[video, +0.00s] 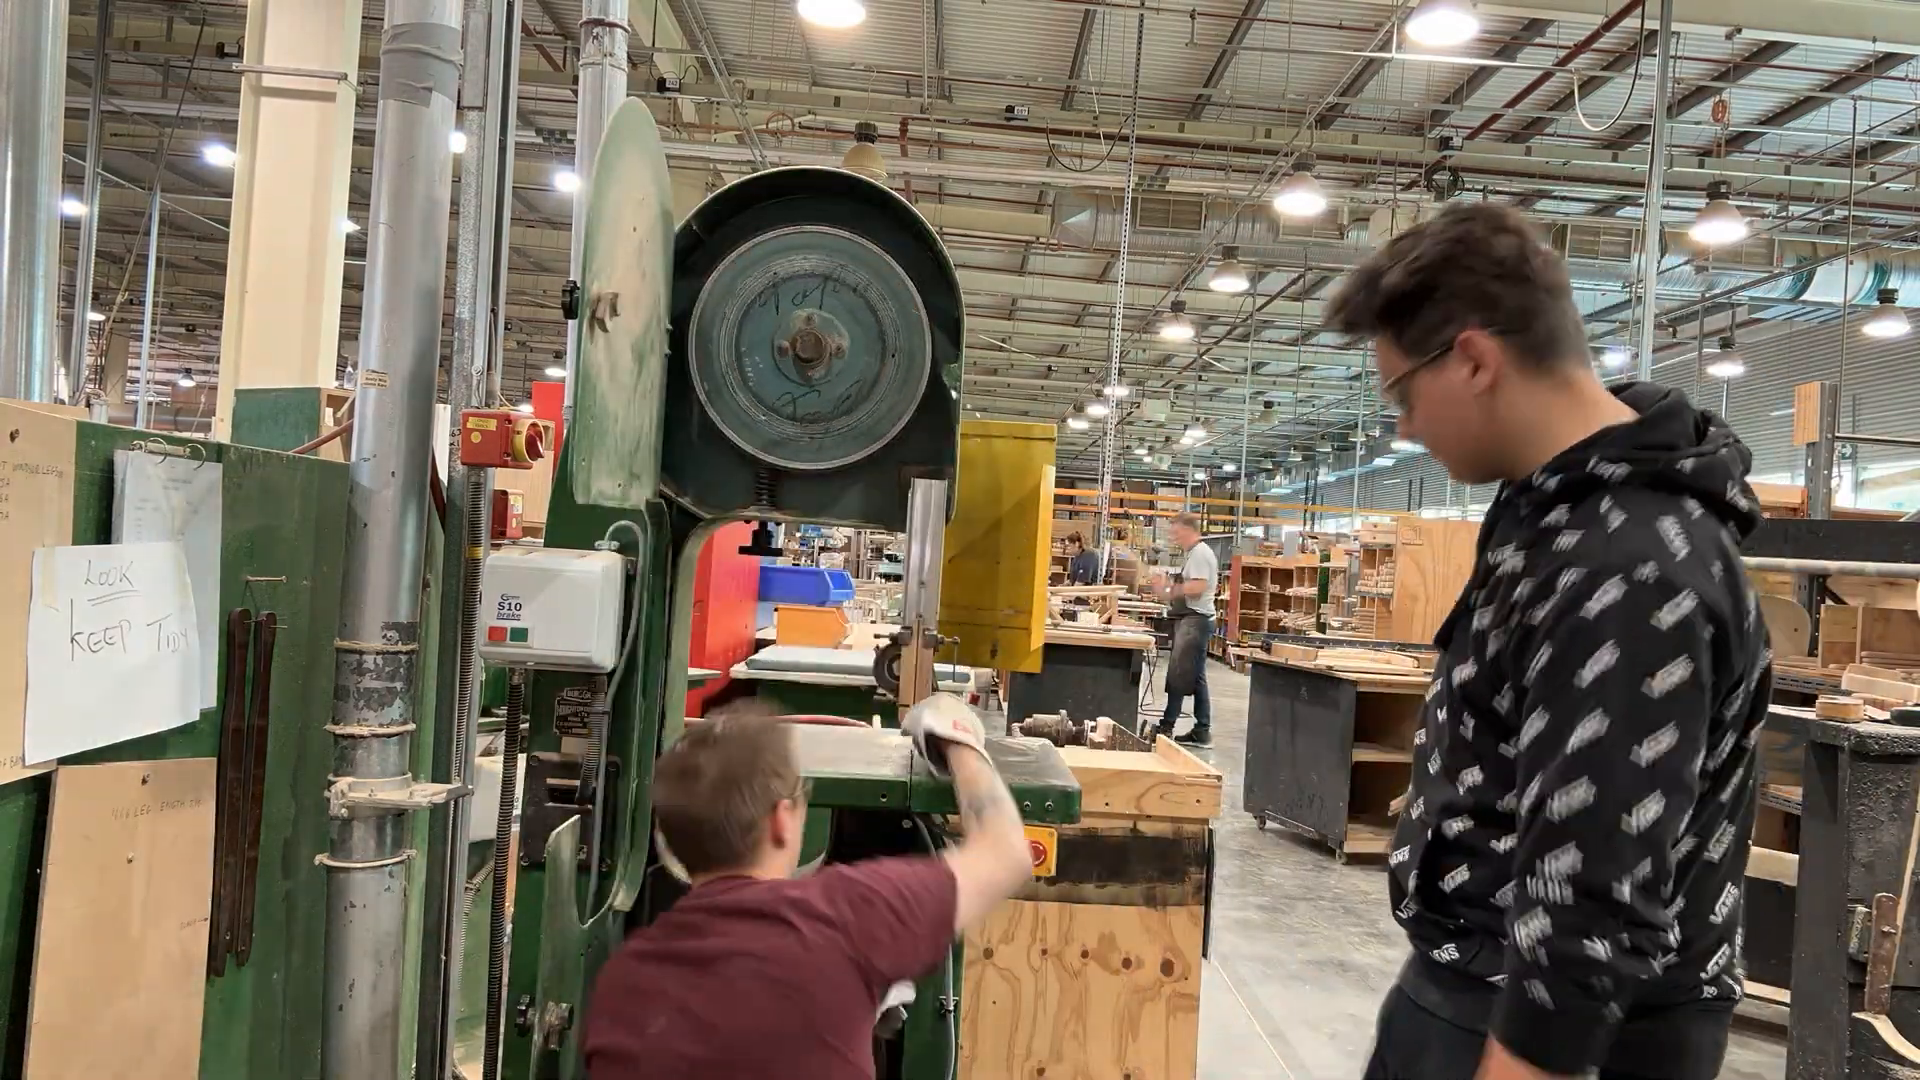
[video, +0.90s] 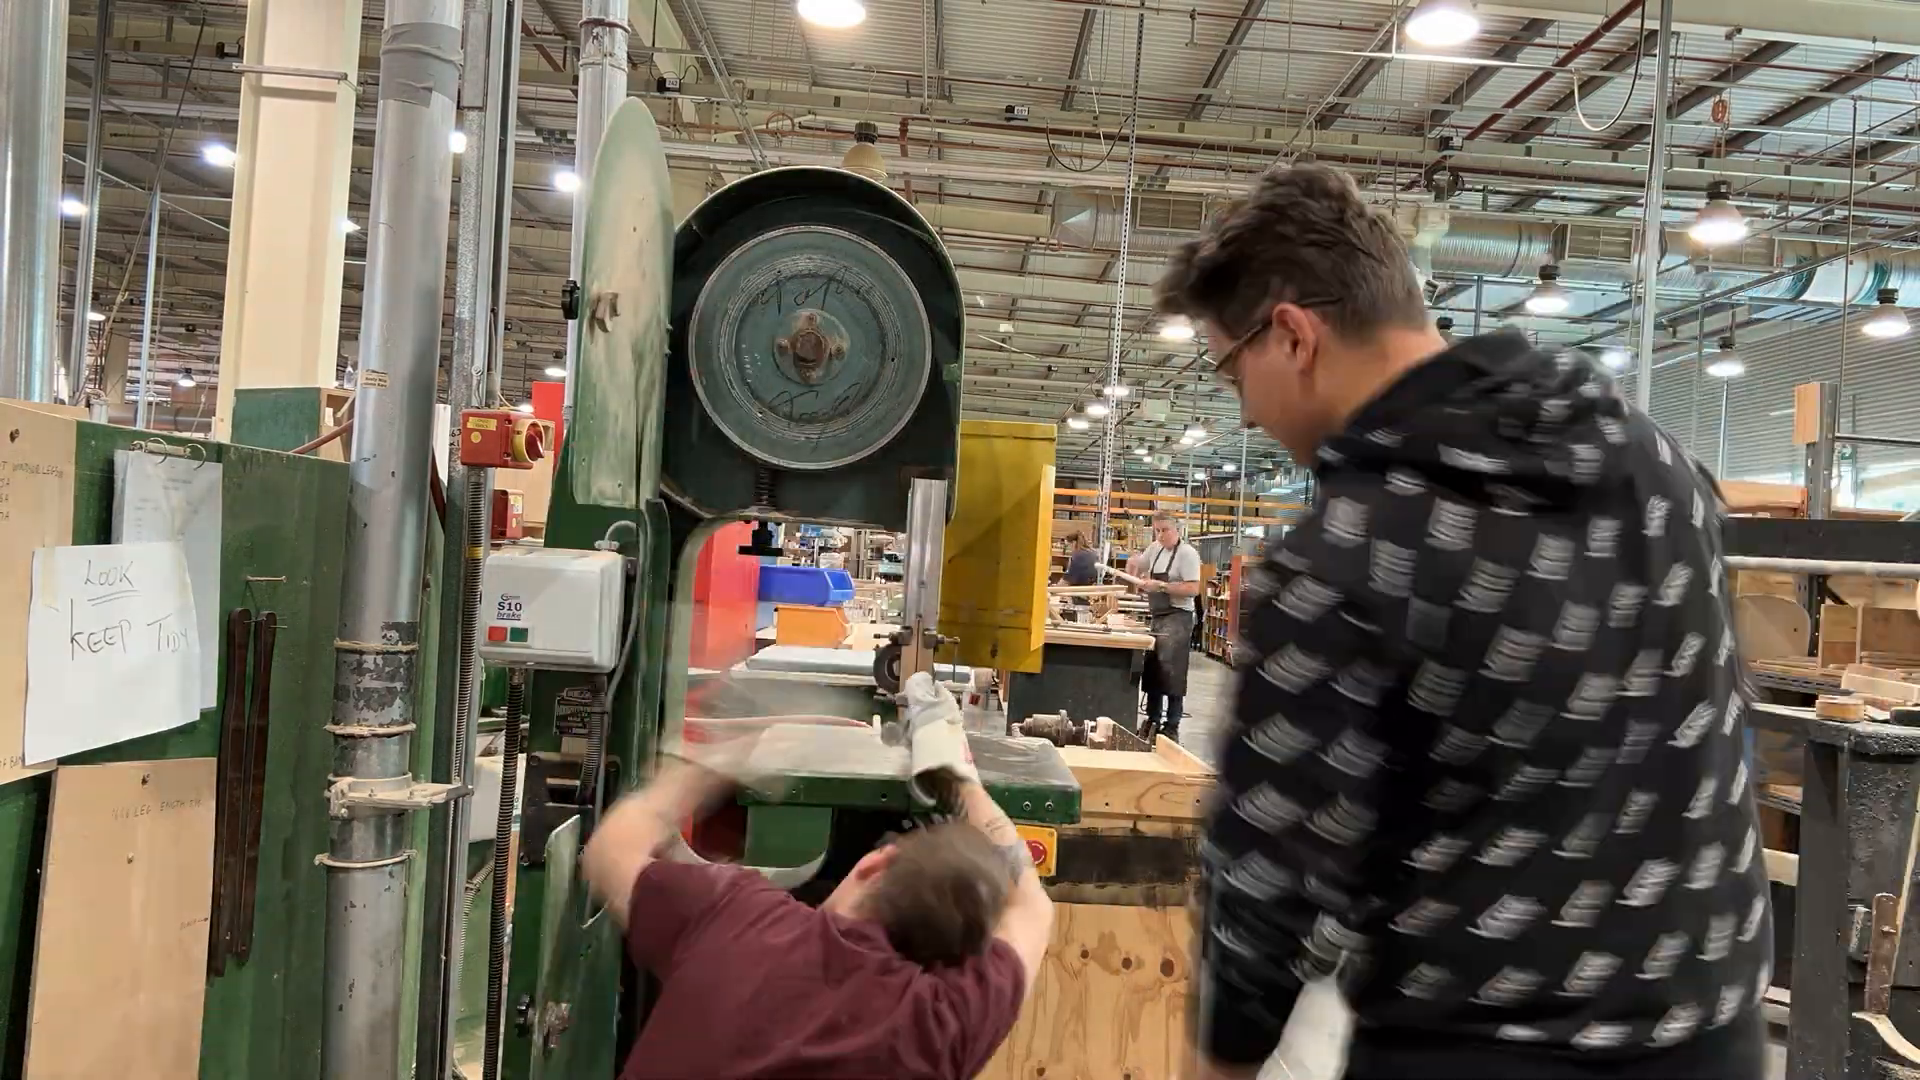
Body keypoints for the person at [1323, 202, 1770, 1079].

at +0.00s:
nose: (1406, 428)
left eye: (1403, 392)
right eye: (1397, 400)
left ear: (1474, 359)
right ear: (1477, 360)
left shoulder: (1632, 563)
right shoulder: (1564, 519)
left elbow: (1588, 915)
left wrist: (1532, 1054)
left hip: (1544, 1026)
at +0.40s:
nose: (1418, 409)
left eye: (1418, 371)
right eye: (1410, 379)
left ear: (1491, 345)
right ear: (1497, 346)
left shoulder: (1621, 569)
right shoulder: (1572, 520)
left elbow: (1557, 929)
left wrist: (1495, 1057)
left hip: (1552, 1032)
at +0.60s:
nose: (1380, 385)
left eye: (1377, 343)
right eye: (1371, 352)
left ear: (1443, 313)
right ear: (1551, 301)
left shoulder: (1484, 545)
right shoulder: (1718, 490)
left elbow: (1392, 904)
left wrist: (1331, 1052)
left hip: (1529, 1037)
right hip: (1704, 1028)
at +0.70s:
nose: (1500, 363)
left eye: (1504, 320)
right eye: (1495, 326)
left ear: (1578, 302)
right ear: (1669, 297)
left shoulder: (1593, 521)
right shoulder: (1810, 493)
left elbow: (1526, 853)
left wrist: (1447, 1050)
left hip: (1621, 1036)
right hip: (1799, 1026)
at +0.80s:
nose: (1555, 409)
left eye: (1555, 370)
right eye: (1546, 381)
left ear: (1636, 331)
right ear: (1637, 334)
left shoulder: (1737, 527)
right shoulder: (1812, 492)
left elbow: (1667, 892)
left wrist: (1543, 1071)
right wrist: (1549, 955)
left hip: (1727, 1043)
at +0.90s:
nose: (1242, 411)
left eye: (1233, 369)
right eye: (1228, 377)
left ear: (1295, 336)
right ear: (1404, 305)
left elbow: (1267, 877)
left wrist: (1226, 1050)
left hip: (1469, 1042)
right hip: (1713, 1031)